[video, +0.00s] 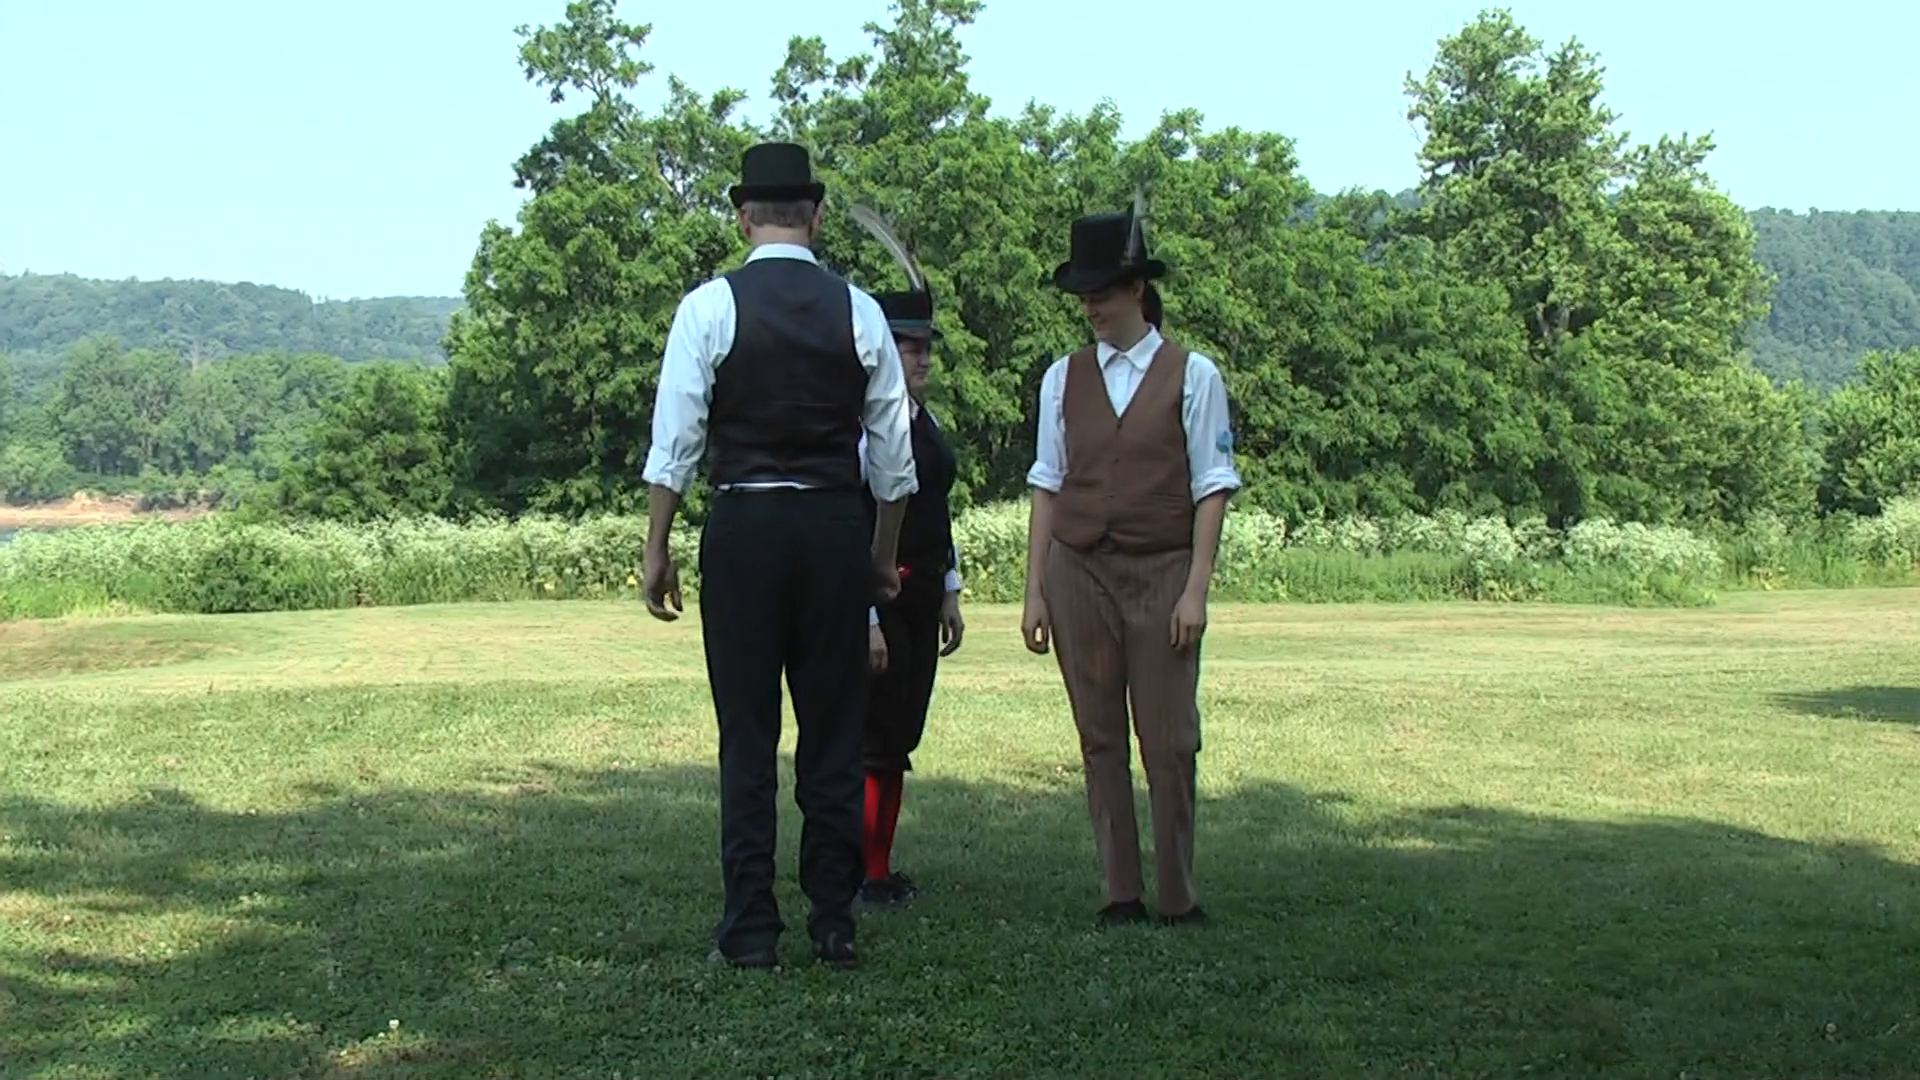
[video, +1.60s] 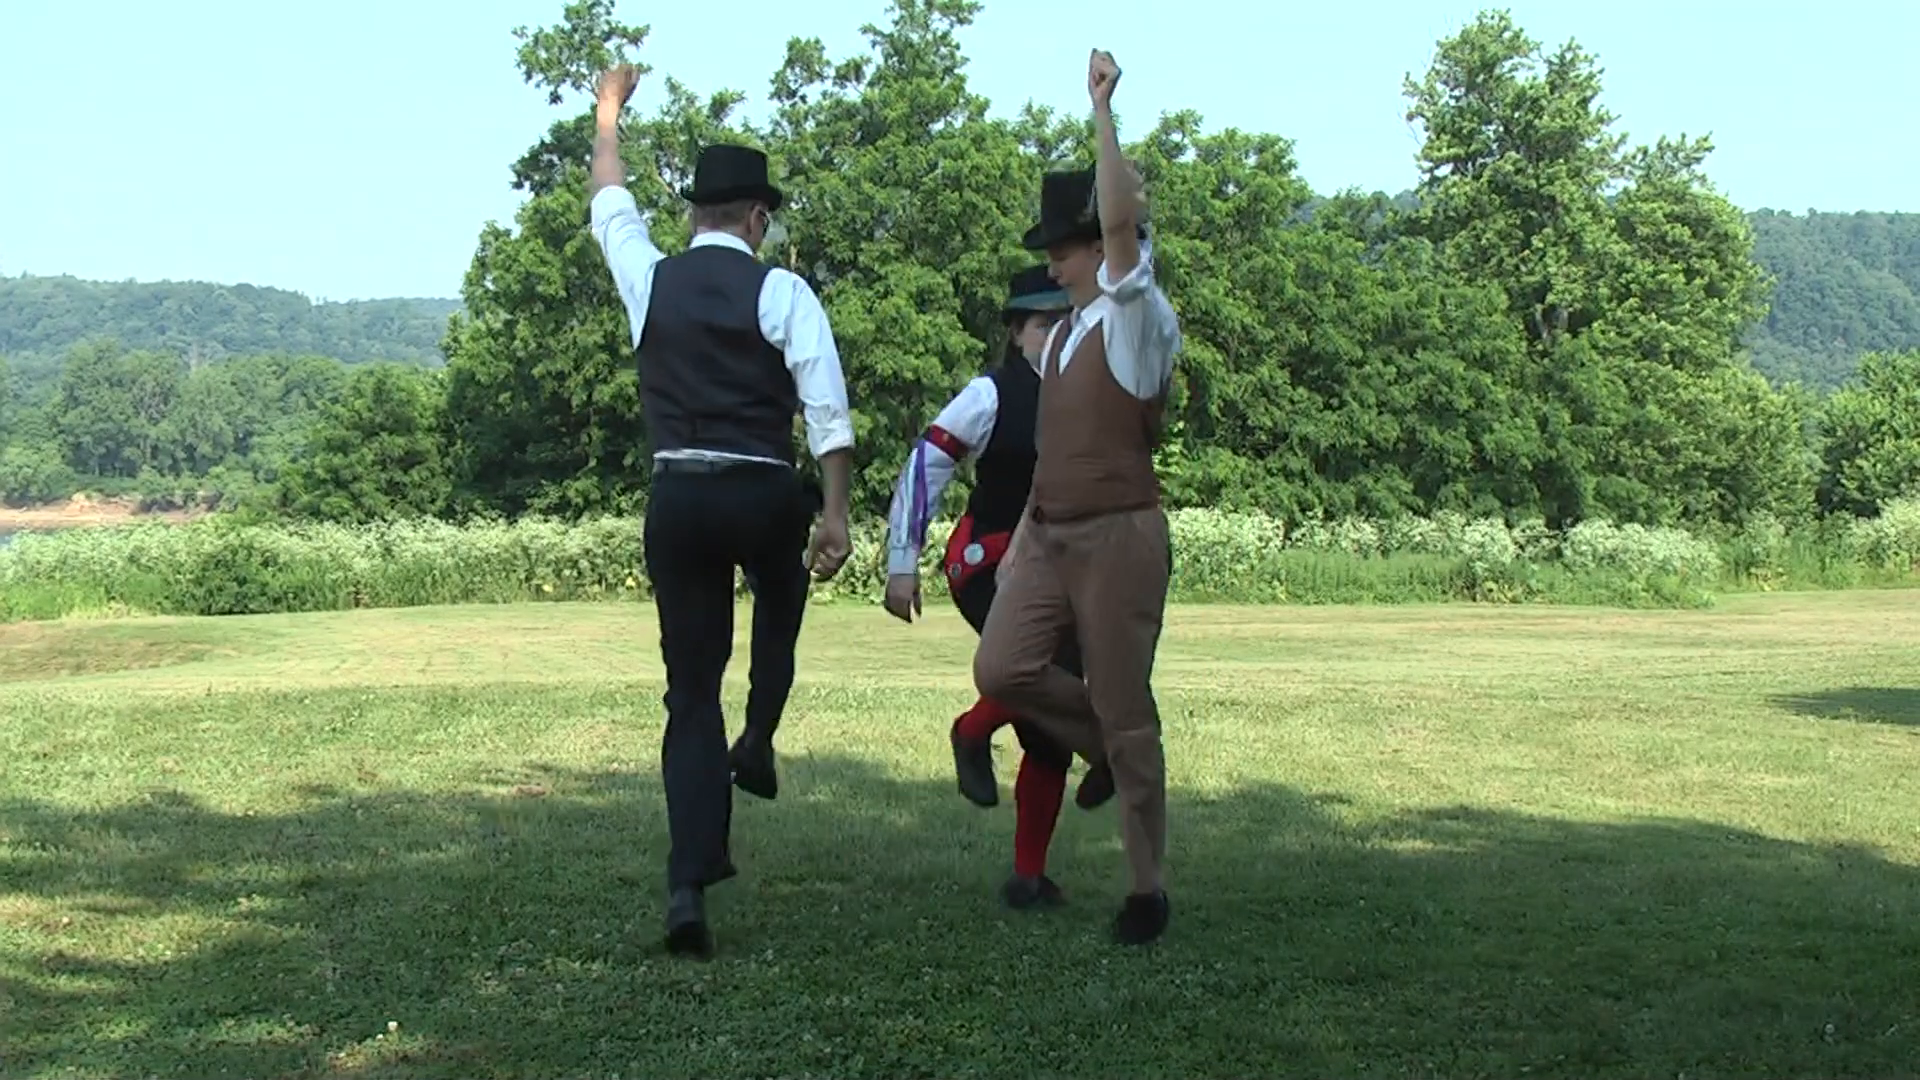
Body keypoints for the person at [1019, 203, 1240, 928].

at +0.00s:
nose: (1092, 306)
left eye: (1104, 292)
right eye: (1084, 296)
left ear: (1140, 289)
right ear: (1077, 299)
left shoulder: (1193, 374)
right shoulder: (1061, 379)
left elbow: (1213, 488)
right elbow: (1044, 488)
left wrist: (1196, 588)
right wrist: (1034, 588)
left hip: (1164, 577)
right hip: (1076, 576)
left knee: (1169, 746)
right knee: (1100, 744)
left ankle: (1177, 898)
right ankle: (1121, 896)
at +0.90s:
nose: (1082, 309)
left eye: (1094, 295)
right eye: (1074, 299)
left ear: (1130, 290)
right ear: (1068, 303)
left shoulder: (1184, 376)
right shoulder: (1051, 380)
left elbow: (1221, 482)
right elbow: (1037, 492)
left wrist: (1186, 491)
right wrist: (1028, 593)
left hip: (1158, 579)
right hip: (1070, 579)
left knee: (1161, 746)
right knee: (1094, 746)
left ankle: (1174, 872)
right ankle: (1116, 896)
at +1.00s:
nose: (1084, 312)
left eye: (1094, 298)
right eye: (1075, 302)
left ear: (1131, 290)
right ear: (1069, 306)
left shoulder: (1187, 372)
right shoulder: (1052, 380)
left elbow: (1230, 475)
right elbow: (1036, 491)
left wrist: (1197, 404)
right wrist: (1029, 592)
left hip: (1158, 574)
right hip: (1069, 574)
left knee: (1150, 732)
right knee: (1093, 743)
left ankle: (1161, 792)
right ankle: (1113, 896)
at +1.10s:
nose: (1083, 311)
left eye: (1096, 296)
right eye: (1074, 301)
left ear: (1132, 291)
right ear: (1068, 304)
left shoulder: (1178, 368)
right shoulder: (1050, 379)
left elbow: (1236, 420)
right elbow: (1037, 491)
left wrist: (1197, 328)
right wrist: (1028, 592)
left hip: (1156, 569)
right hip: (1069, 571)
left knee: (1131, 715)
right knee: (1091, 743)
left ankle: (1159, 769)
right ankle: (1114, 894)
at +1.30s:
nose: (1081, 308)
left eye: (1094, 293)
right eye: (1074, 295)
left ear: (1134, 291)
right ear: (1067, 297)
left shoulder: (1175, 363)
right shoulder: (1056, 371)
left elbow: (1215, 296)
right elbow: (1037, 485)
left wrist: (1192, 198)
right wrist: (1026, 586)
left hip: (1148, 577)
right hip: (1068, 578)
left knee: (1115, 749)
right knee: (1083, 751)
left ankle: (1142, 908)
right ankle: (1116, 899)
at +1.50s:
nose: (1066, 295)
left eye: (1077, 282)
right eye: (1063, 284)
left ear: (1117, 281)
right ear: (1071, 290)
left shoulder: (1147, 351)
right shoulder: (1063, 370)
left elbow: (1150, 263)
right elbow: (1044, 482)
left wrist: (1144, 152)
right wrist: (1018, 567)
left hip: (1136, 577)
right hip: (1061, 580)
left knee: (1119, 756)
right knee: (1019, 716)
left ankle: (1136, 916)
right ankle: (1112, 803)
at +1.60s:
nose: (1058, 262)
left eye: (1066, 250)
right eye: (1053, 252)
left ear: (1102, 244)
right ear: (1061, 256)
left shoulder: (1136, 311)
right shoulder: (1061, 329)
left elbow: (1124, 220)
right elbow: (1057, 437)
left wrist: (1102, 112)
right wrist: (1029, 530)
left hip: (1120, 536)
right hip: (1045, 533)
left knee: (1122, 715)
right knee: (1003, 672)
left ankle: (1147, 891)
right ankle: (1113, 739)